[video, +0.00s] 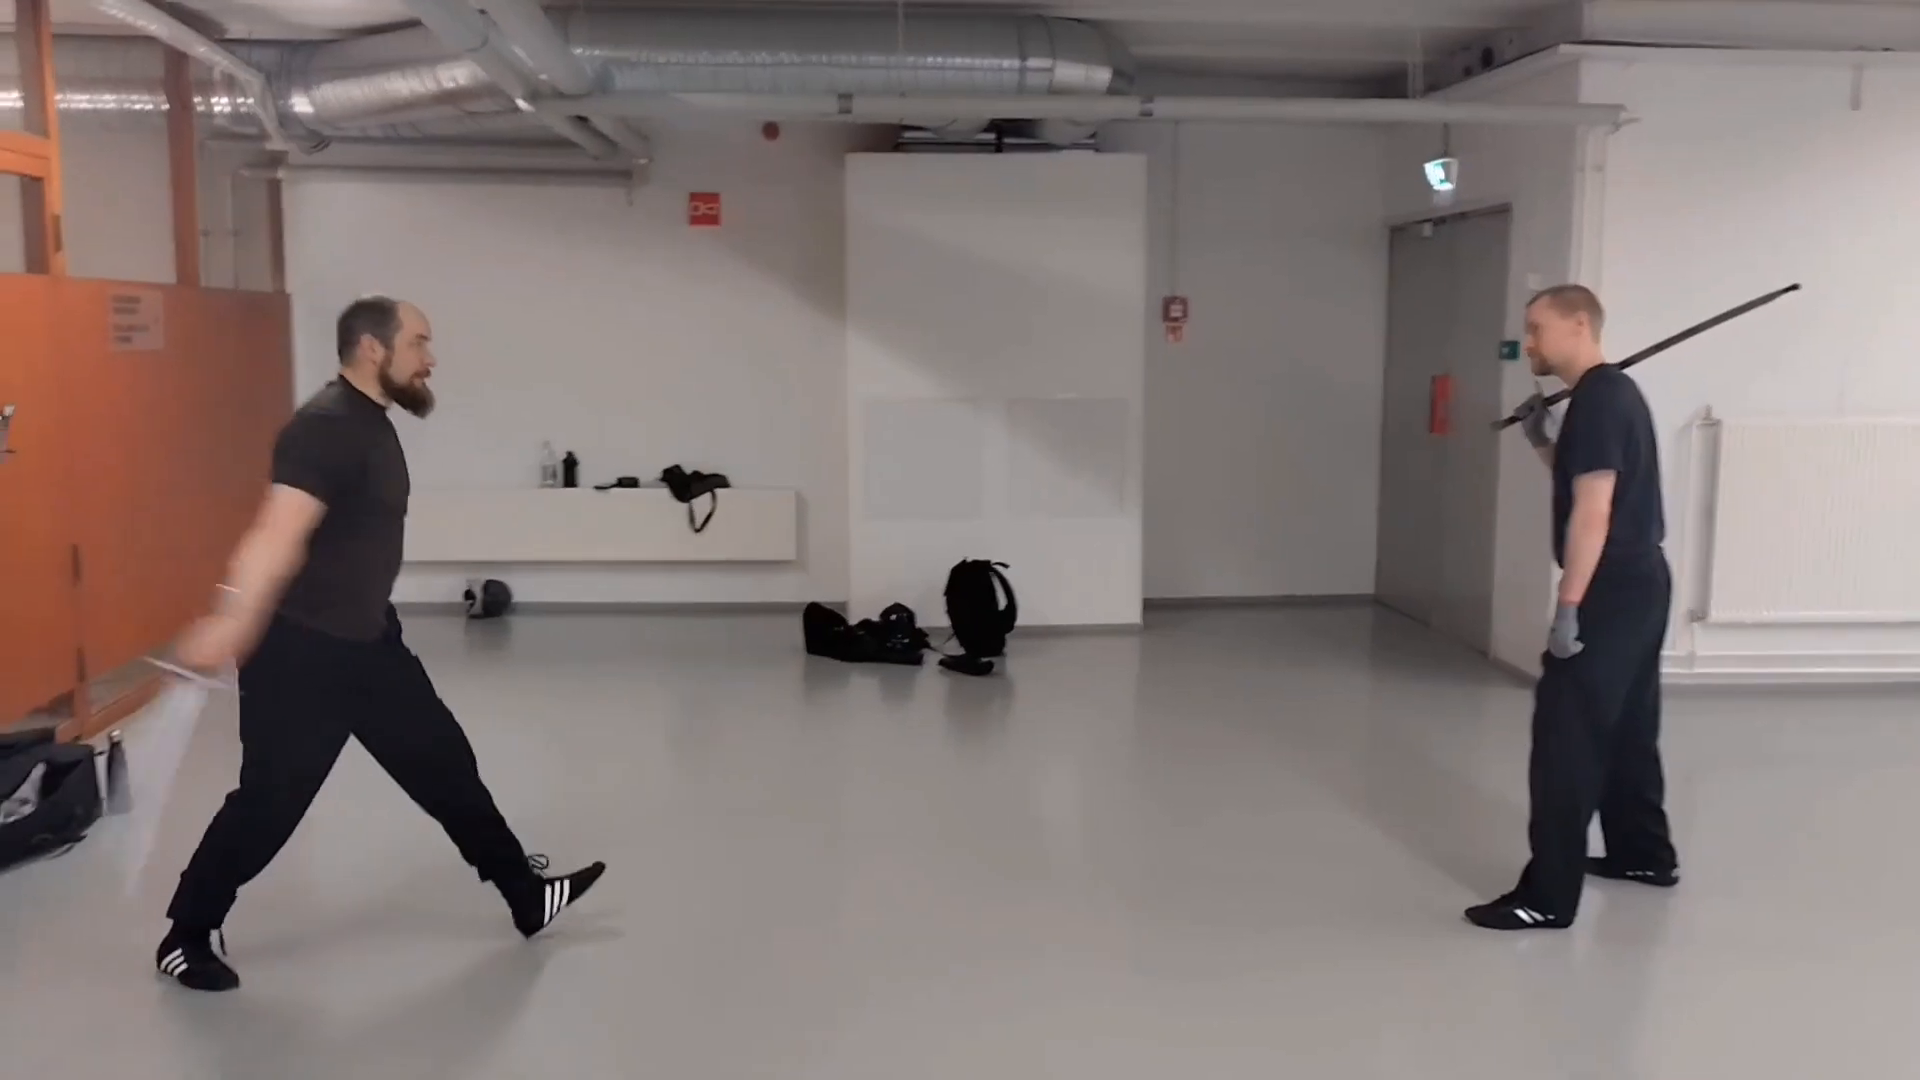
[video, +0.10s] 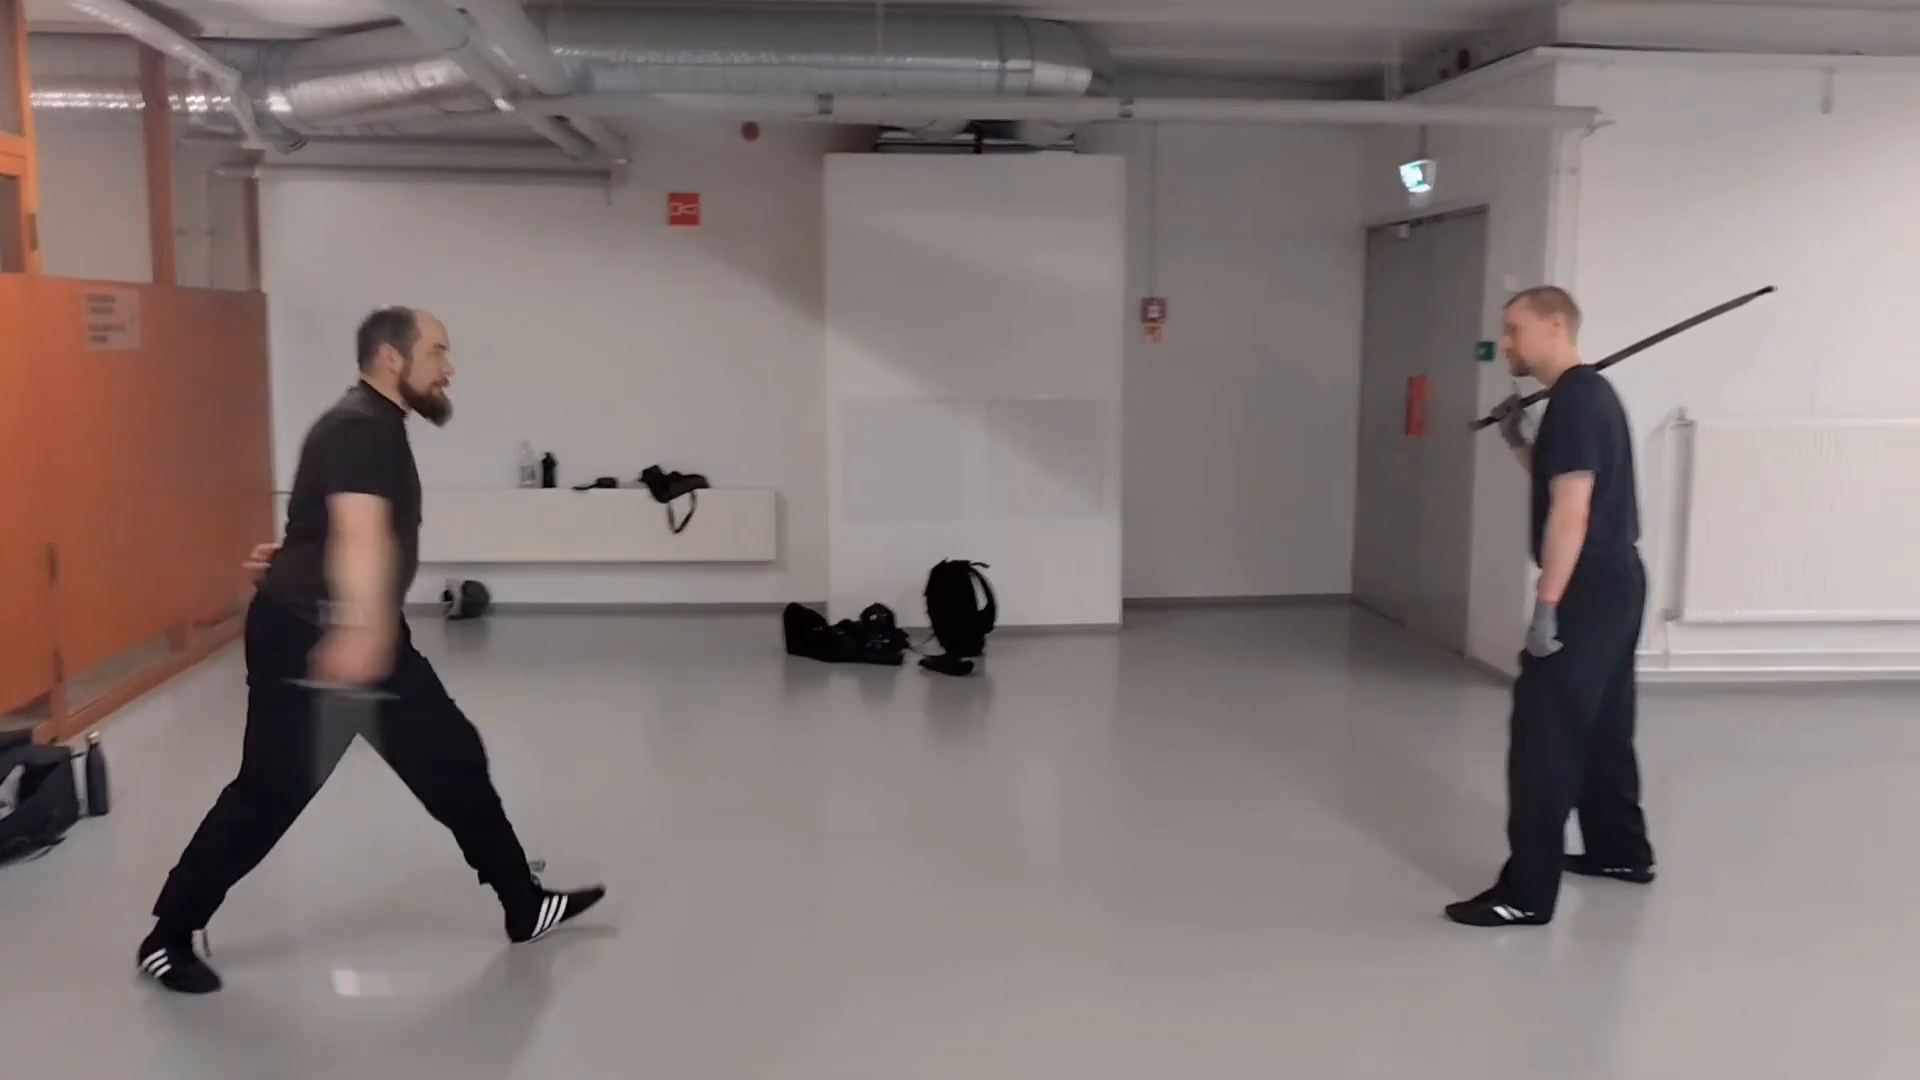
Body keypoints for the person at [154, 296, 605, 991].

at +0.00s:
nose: (429, 359)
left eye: (428, 345)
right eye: (418, 345)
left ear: (374, 351)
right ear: (370, 350)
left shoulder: (372, 423)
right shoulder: (324, 429)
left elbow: (338, 534)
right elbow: (274, 536)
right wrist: (232, 623)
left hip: (368, 647)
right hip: (299, 651)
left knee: (444, 766)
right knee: (269, 803)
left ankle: (527, 892)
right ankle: (185, 935)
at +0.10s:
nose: (448, 367)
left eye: (446, 353)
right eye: (437, 353)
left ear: (393, 363)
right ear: (389, 360)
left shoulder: (378, 430)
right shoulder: (357, 430)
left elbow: (361, 528)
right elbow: (356, 536)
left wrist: (292, 554)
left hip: (366, 632)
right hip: (304, 634)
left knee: (451, 761)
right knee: (271, 790)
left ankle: (524, 902)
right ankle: (169, 934)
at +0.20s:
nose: (469, 379)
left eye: (468, 365)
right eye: (458, 364)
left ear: (409, 370)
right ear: (411, 368)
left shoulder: (392, 426)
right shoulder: (391, 424)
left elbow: (378, 531)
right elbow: (450, 516)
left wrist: (317, 560)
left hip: (390, 643)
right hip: (329, 647)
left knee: (476, 748)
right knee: (270, 790)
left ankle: (513, 908)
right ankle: (151, 931)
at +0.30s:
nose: (494, 378)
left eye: (493, 364)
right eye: (483, 364)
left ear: (438, 369)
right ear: (441, 365)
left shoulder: (427, 431)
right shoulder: (412, 412)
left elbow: (403, 522)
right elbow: (515, 437)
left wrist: (343, 554)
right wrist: (600, 479)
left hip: (418, 643)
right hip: (356, 640)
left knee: (496, 751)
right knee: (293, 791)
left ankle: (495, 910)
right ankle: (154, 925)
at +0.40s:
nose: (521, 375)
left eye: (520, 363)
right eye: (513, 363)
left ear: (464, 362)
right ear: (473, 360)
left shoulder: (456, 429)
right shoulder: (440, 402)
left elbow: (441, 526)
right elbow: (550, 380)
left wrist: (374, 552)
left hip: (437, 636)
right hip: (388, 630)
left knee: (502, 759)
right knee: (354, 794)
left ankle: (477, 918)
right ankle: (201, 911)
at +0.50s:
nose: (548, 368)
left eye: (548, 356)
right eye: (540, 353)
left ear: (487, 357)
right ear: (502, 354)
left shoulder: (483, 426)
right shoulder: (471, 399)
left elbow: (464, 529)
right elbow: (564, 354)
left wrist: (403, 555)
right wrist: (624, 304)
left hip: (458, 628)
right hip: (412, 621)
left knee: (507, 761)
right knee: (438, 790)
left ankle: (463, 923)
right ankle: (300, 922)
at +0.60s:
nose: (570, 366)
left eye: (568, 351)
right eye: (565, 350)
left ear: (506, 353)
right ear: (536, 351)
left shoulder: (475, 420)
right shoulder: (520, 396)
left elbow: (450, 501)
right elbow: (601, 331)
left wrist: (423, 538)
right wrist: (626, 257)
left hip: (440, 610)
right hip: (466, 615)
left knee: (498, 777)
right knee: (523, 779)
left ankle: (457, 921)